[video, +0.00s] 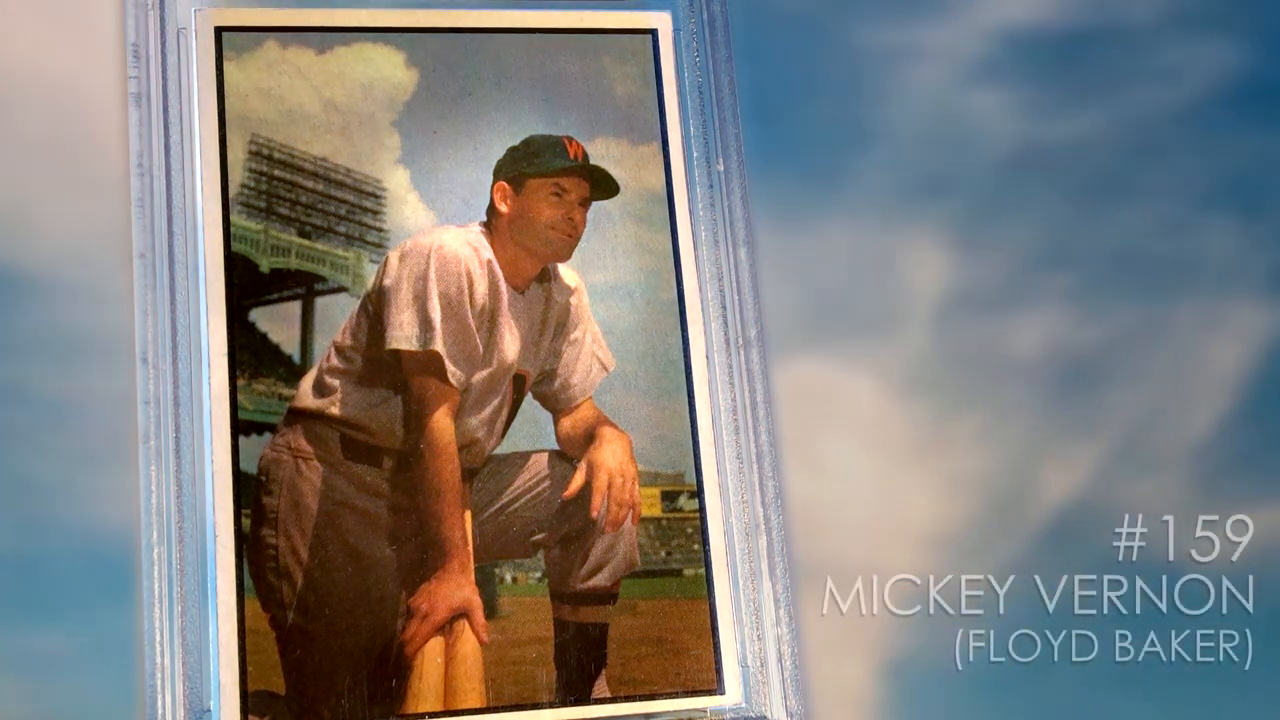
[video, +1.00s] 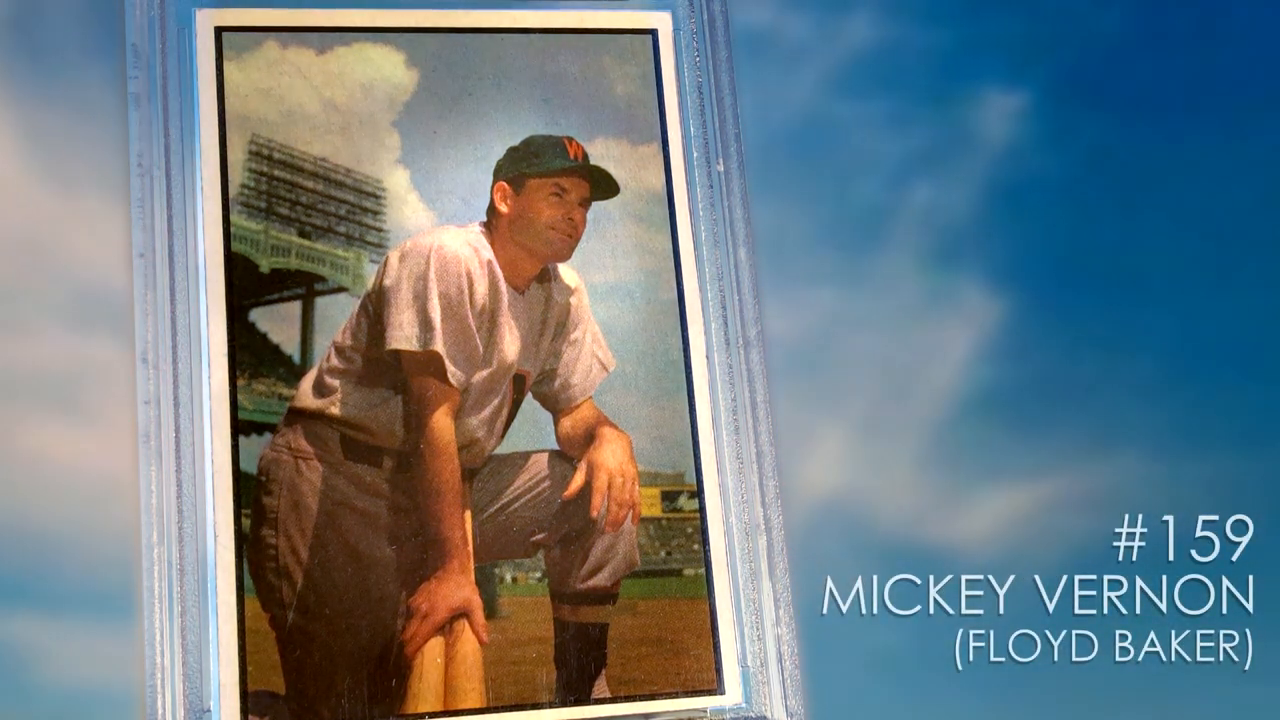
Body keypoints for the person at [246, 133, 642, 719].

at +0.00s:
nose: (576, 216)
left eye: (584, 204)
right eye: (557, 194)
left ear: (586, 218)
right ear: (504, 198)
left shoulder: (560, 294)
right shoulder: (441, 256)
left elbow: (574, 415)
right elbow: (433, 419)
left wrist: (609, 434)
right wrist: (454, 566)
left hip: (440, 486)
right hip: (334, 479)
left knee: (595, 487)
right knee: (347, 701)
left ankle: (580, 695)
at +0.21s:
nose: (576, 216)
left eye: (584, 204)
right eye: (557, 195)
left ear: (586, 217)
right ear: (504, 198)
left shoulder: (560, 294)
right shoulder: (441, 256)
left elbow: (575, 416)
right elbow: (433, 419)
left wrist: (609, 434)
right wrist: (453, 566)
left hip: (440, 486)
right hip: (334, 478)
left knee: (595, 487)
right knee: (347, 699)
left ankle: (580, 694)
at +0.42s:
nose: (576, 216)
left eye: (584, 204)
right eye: (557, 194)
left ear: (586, 217)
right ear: (504, 198)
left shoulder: (560, 294)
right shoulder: (441, 256)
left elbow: (574, 415)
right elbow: (432, 419)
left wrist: (609, 434)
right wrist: (454, 565)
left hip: (440, 486)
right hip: (335, 478)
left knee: (594, 487)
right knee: (348, 699)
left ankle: (580, 694)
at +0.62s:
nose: (576, 215)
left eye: (584, 204)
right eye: (557, 194)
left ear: (587, 217)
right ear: (505, 197)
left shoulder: (560, 295)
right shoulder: (441, 256)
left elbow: (575, 416)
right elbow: (432, 419)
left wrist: (609, 434)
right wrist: (454, 565)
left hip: (441, 486)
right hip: (335, 479)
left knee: (595, 487)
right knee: (347, 700)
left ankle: (581, 698)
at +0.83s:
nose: (575, 216)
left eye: (584, 204)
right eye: (557, 194)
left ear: (587, 218)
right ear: (504, 197)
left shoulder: (560, 295)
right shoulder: (442, 256)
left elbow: (575, 416)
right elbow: (431, 420)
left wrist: (609, 434)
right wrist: (454, 566)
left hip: (440, 486)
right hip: (335, 479)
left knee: (594, 488)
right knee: (349, 700)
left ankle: (581, 698)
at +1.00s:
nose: (576, 216)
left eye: (584, 203)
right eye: (558, 194)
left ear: (587, 217)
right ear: (505, 197)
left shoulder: (560, 296)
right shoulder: (443, 256)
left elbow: (575, 416)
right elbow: (432, 420)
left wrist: (609, 434)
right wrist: (454, 566)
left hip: (439, 487)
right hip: (334, 480)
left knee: (593, 488)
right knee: (349, 703)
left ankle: (580, 698)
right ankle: (243, 707)